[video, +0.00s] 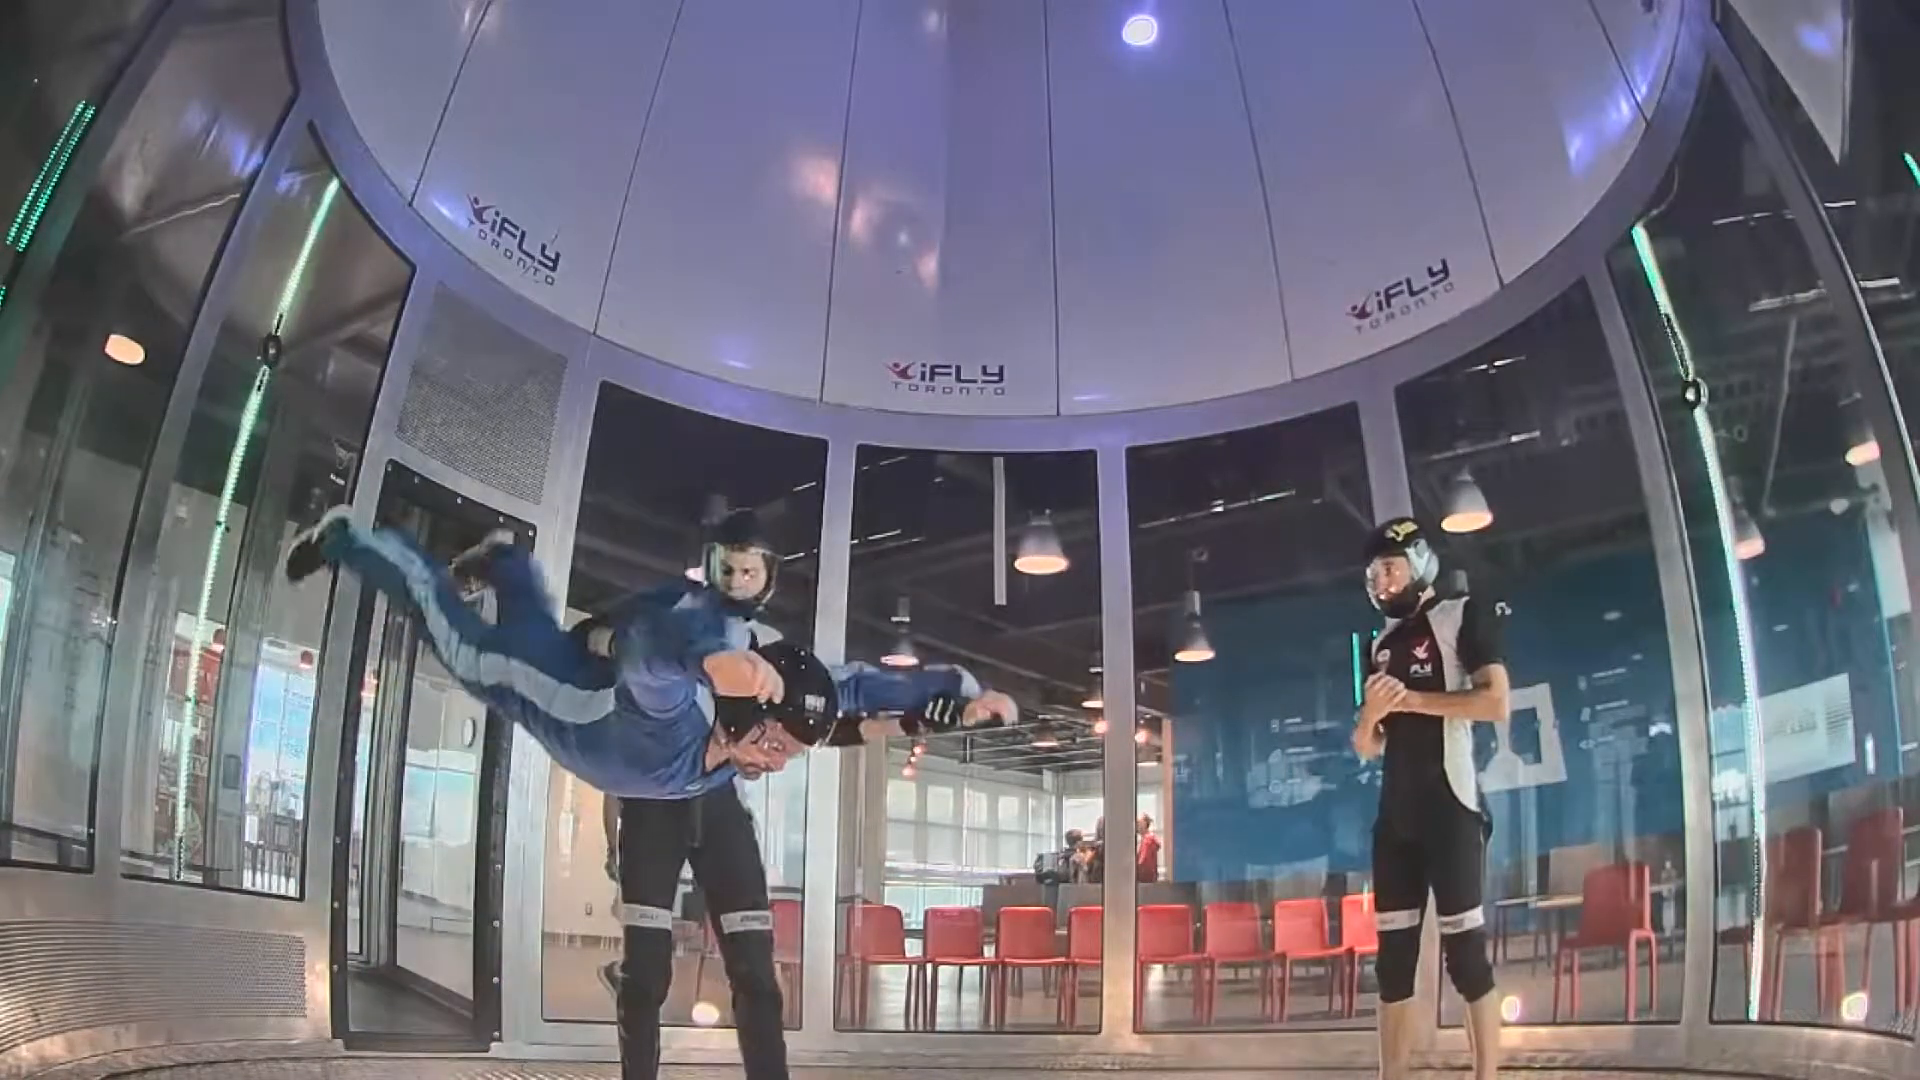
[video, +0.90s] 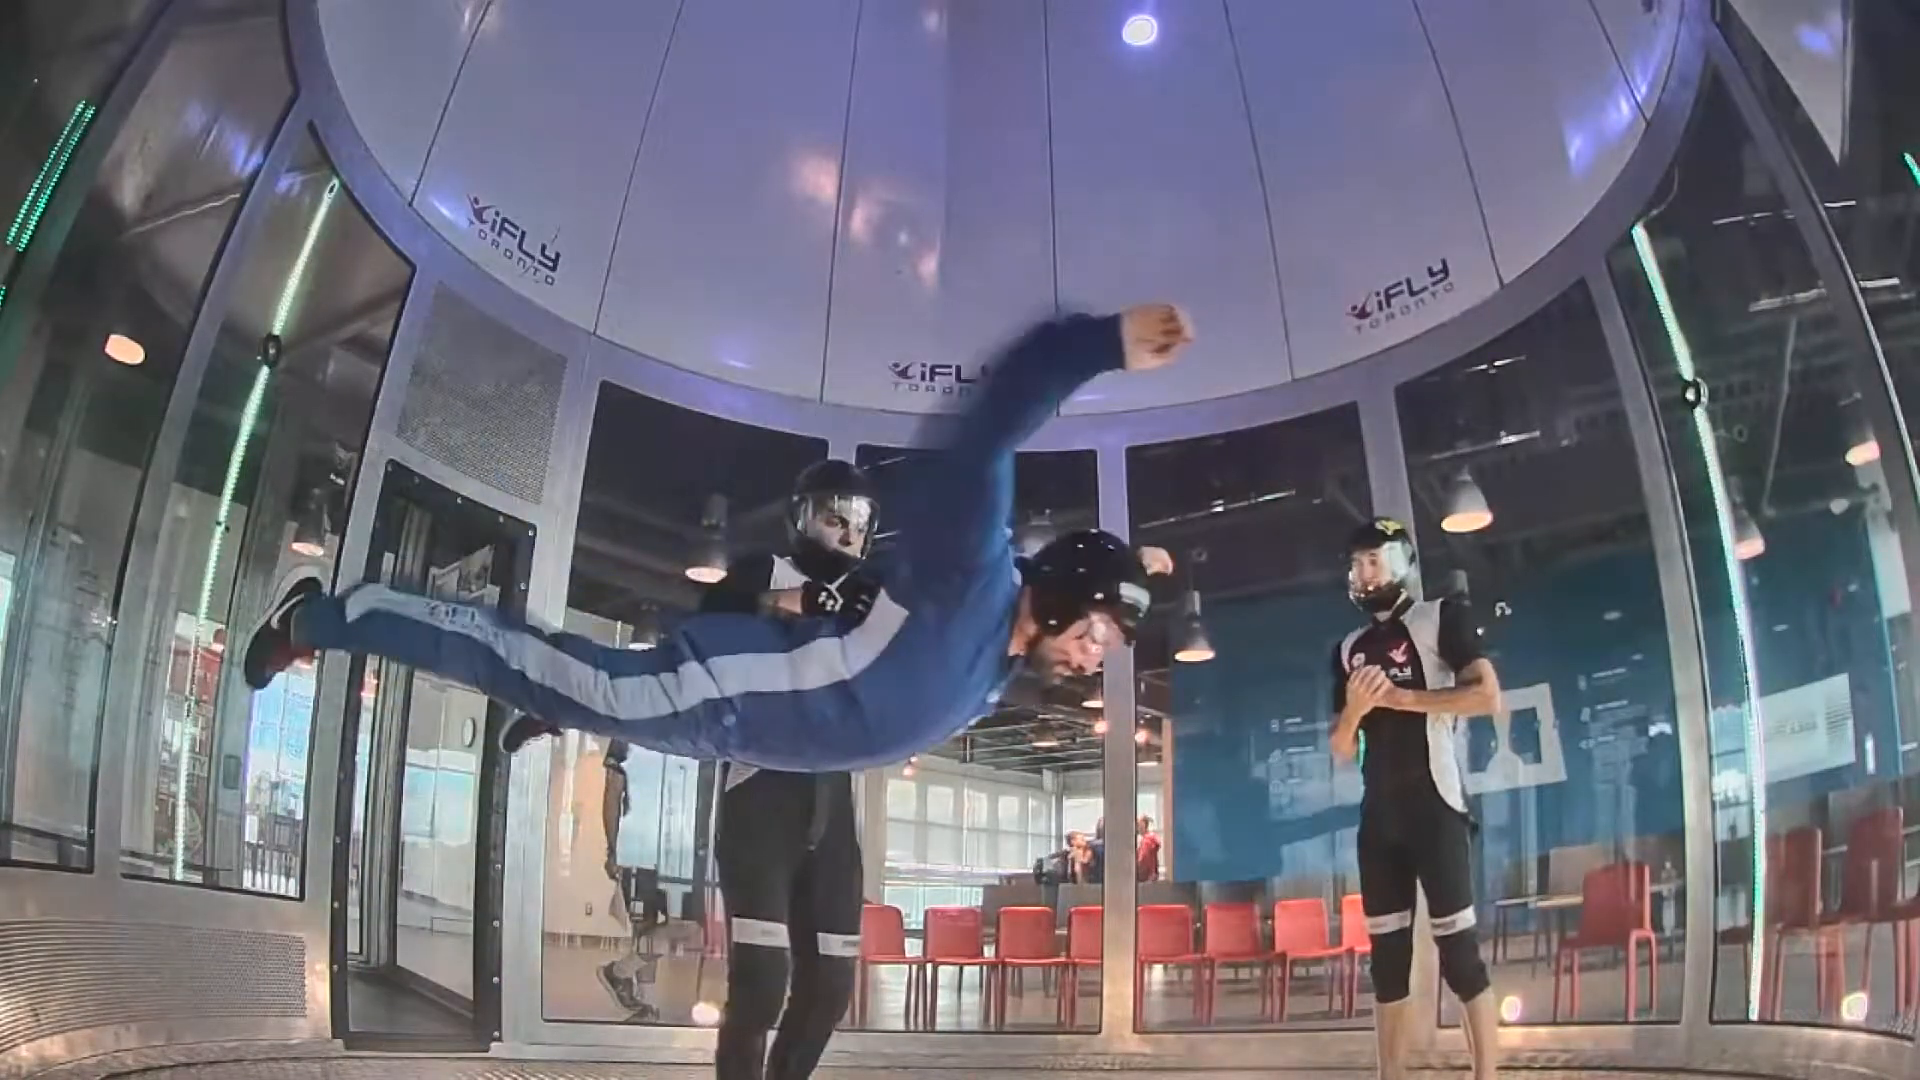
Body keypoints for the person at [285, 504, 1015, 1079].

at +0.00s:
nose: (774, 759)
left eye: (789, 753)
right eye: (775, 739)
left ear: (781, 751)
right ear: (753, 720)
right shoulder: (686, 700)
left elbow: (868, 691)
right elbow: (660, 633)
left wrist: (956, 692)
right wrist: (714, 647)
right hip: (583, 698)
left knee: (534, 654)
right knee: (463, 651)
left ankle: (504, 554)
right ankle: (359, 541)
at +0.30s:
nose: (826, 730)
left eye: (840, 720)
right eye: (825, 709)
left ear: (836, 711)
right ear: (796, 674)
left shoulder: (778, 709)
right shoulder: (715, 645)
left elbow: (889, 704)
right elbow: (701, 561)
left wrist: (985, 731)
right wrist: (759, 498)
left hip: (623, 664)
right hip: (572, 641)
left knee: (575, 588)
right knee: (493, 556)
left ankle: (558, 509)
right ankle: (429, 430)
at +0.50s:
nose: (914, 674)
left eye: (926, 667)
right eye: (910, 651)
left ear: (918, 677)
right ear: (876, 624)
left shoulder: (848, 692)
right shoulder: (793, 614)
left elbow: (955, 678)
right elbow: (780, 493)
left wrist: (1040, 669)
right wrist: (864, 403)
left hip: (659, 670)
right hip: (610, 637)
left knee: (560, 601)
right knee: (503, 559)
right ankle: (412, 430)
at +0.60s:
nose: (987, 665)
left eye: (1005, 661)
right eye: (992, 641)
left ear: (985, 671)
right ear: (956, 609)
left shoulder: (886, 695)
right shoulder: (859, 586)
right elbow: (846, 458)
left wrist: (1069, 635)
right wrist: (934, 357)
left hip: (661, 707)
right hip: (630, 648)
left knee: (568, 650)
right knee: (507, 585)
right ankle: (391, 482)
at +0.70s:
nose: (1024, 655)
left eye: (1039, 644)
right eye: (1022, 631)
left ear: (1014, 641)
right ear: (982, 597)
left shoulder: (929, 673)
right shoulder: (886, 578)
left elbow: (1017, 625)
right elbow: (882, 447)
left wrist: (1092, 617)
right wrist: (970, 345)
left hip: (692, 722)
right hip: (659, 658)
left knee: (585, 674)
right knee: (510, 599)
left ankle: (548, 699)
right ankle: (367, 516)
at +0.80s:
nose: (1069, 659)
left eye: (1084, 649)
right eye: (1073, 636)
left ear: (1060, 630)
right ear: (1041, 596)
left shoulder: (976, 657)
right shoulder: (943, 574)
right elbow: (951, 441)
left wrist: (1134, 584)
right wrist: (1065, 337)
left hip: (732, 728)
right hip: (703, 670)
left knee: (624, 713)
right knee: (527, 651)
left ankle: (553, 714)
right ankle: (339, 587)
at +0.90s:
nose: (1084, 659)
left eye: (1098, 650)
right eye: (1091, 638)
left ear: (1068, 625)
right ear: (1066, 601)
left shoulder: (985, 667)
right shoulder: (969, 573)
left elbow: (870, 614)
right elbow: (974, 441)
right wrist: (1097, 344)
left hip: (744, 727)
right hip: (718, 678)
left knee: (603, 691)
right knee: (541, 665)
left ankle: (532, 701)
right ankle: (335, 615)